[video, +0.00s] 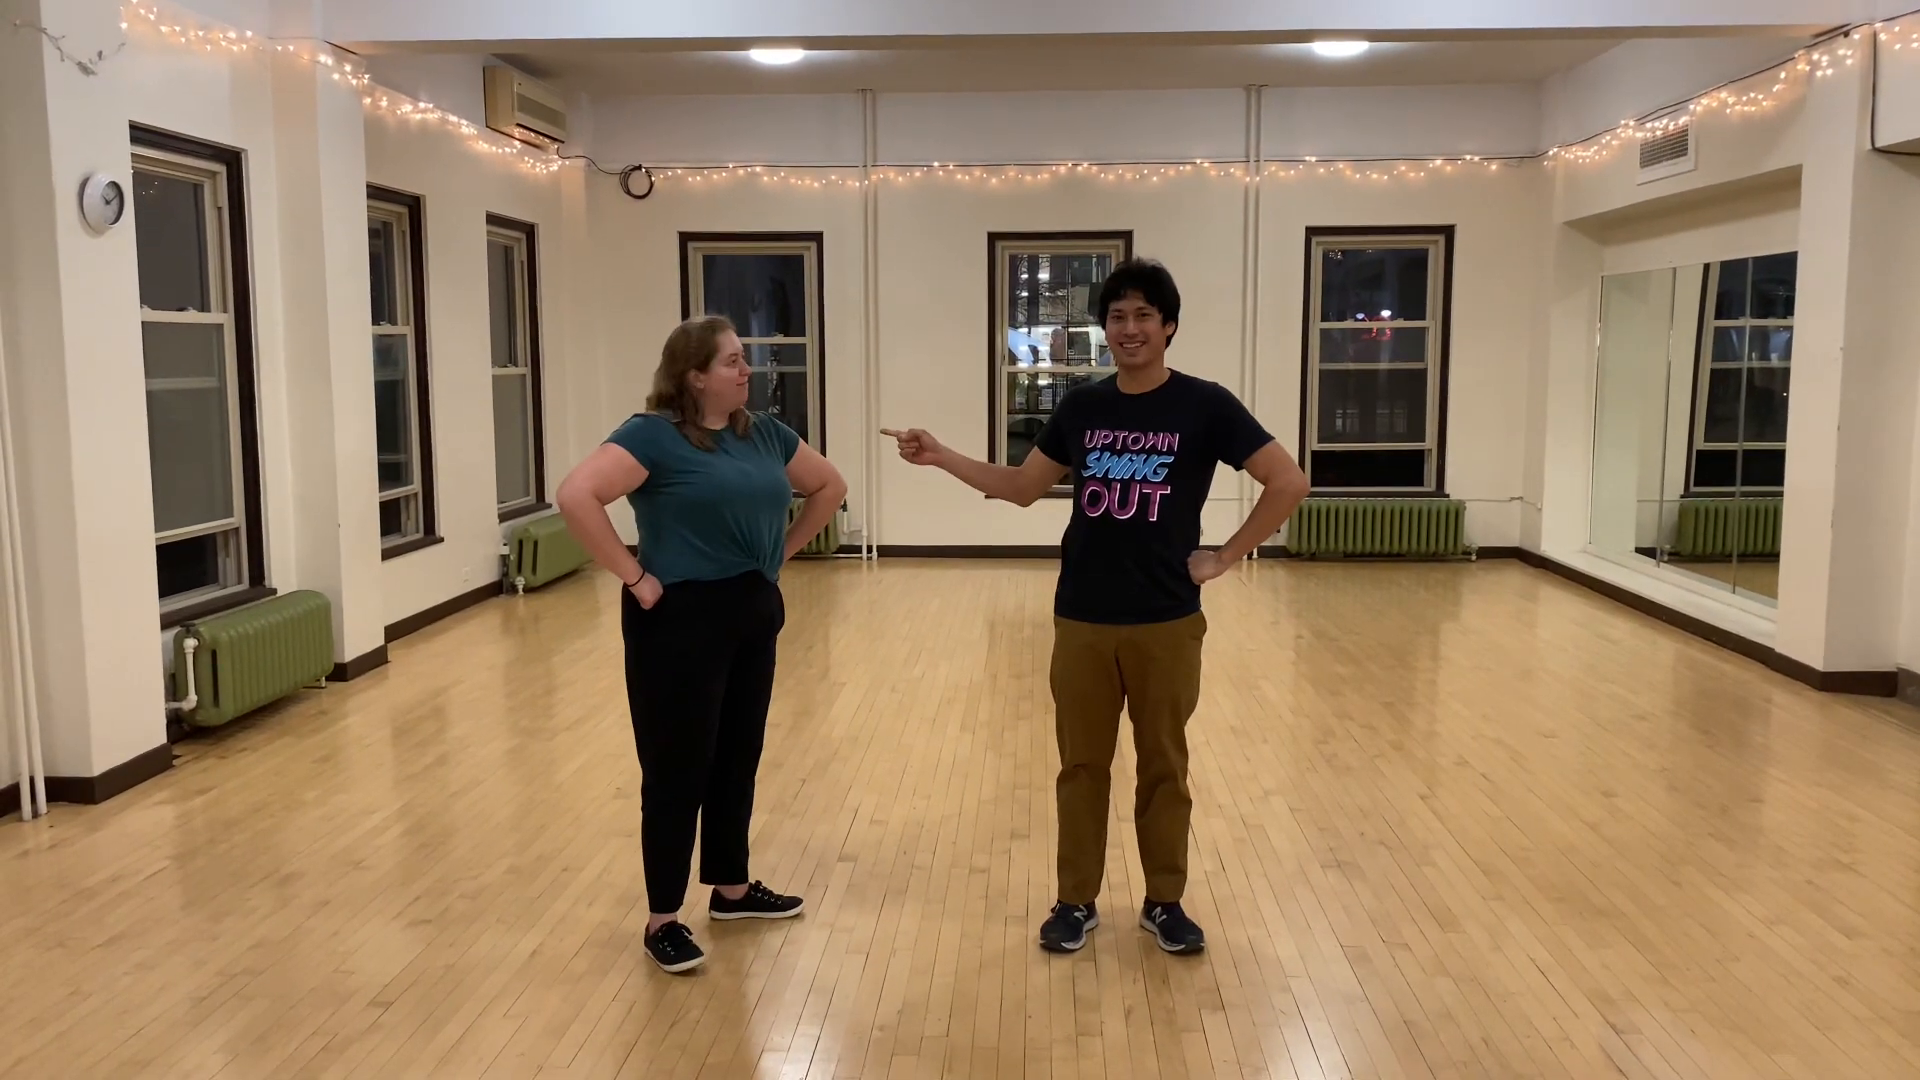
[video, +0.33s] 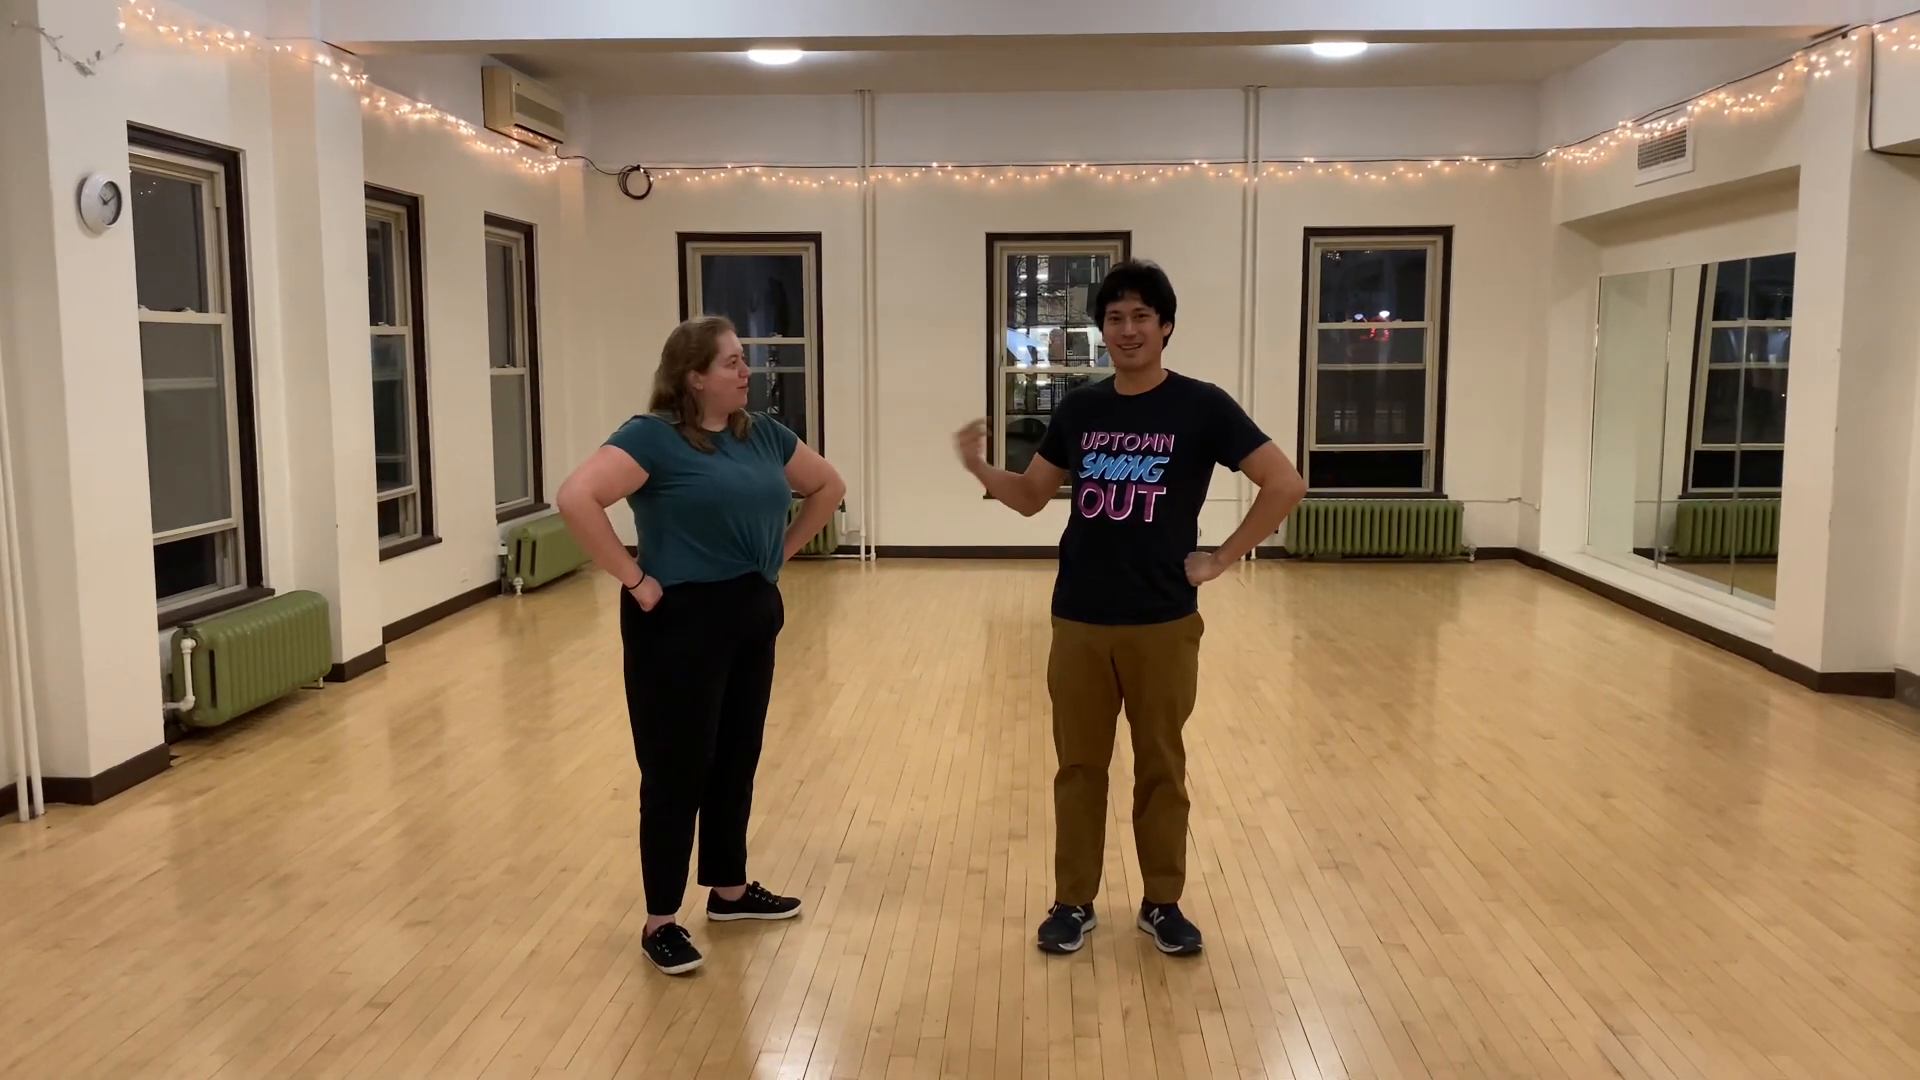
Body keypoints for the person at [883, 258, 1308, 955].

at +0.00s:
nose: (1129, 329)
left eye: (1144, 316)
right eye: (1117, 317)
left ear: (1169, 326)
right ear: (1103, 329)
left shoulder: (1206, 406)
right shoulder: (1081, 408)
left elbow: (1289, 482)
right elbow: (1022, 485)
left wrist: (1227, 554)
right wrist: (940, 455)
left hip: (1167, 618)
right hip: (1083, 616)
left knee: (1164, 767)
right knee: (1080, 767)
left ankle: (1164, 902)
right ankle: (1075, 900)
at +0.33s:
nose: (1126, 332)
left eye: (1141, 319)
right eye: (1114, 319)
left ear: (1166, 327)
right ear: (1102, 329)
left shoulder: (1203, 407)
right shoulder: (1079, 408)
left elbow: (1285, 483)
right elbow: (1029, 496)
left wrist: (1221, 557)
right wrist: (981, 466)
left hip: (1162, 620)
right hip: (1079, 619)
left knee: (1161, 768)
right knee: (1078, 769)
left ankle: (1162, 903)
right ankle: (1072, 902)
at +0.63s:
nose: (1109, 330)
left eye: (1123, 318)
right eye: (1100, 319)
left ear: (1158, 326)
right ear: (1092, 329)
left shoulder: (1197, 407)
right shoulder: (1077, 410)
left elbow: (1280, 485)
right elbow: (1022, 506)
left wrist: (1219, 558)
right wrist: (1046, 447)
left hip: (1159, 621)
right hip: (1076, 620)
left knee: (1158, 770)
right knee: (1075, 768)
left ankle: (1159, 904)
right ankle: (1069, 903)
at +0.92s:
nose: (1089, 336)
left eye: (1102, 325)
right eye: (1088, 324)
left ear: (1145, 332)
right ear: (1097, 331)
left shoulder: (1195, 409)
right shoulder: (1077, 409)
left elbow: (1277, 488)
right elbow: (1028, 511)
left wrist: (1213, 562)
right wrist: (1045, 456)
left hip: (1155, 624)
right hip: (1074, 622)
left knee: (1155, 771)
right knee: (1074, 770)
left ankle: (1156, 905)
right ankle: (1068, 904)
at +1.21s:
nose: (1116, 333)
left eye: (1127, 319)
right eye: (1102, 324)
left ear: (1149, 327)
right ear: (1085, 338)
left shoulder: (1193, 405)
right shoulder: (1066, 419)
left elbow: (1278, 479)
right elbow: (1041, 521)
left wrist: (1221, 558)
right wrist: (1025, 427)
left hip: (1163, 621)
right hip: (1079, 621)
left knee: (1158, 771)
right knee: (1075, 768)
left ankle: (1154, 906)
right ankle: (1064, 905)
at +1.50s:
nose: (1091, 346)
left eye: (1105, 333)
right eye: (1081, 334)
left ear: (1135, 340)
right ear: (1071, 344)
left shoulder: (1185, 401)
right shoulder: (1068, 422)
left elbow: (1277, 462)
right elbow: (1074, 520)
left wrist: (1236, 550)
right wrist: (1058, 443)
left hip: (1183, 617)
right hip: (1099, 621)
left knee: (1167, 774)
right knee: (1082, 771)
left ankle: (1152, 907)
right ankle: (1063, 906)